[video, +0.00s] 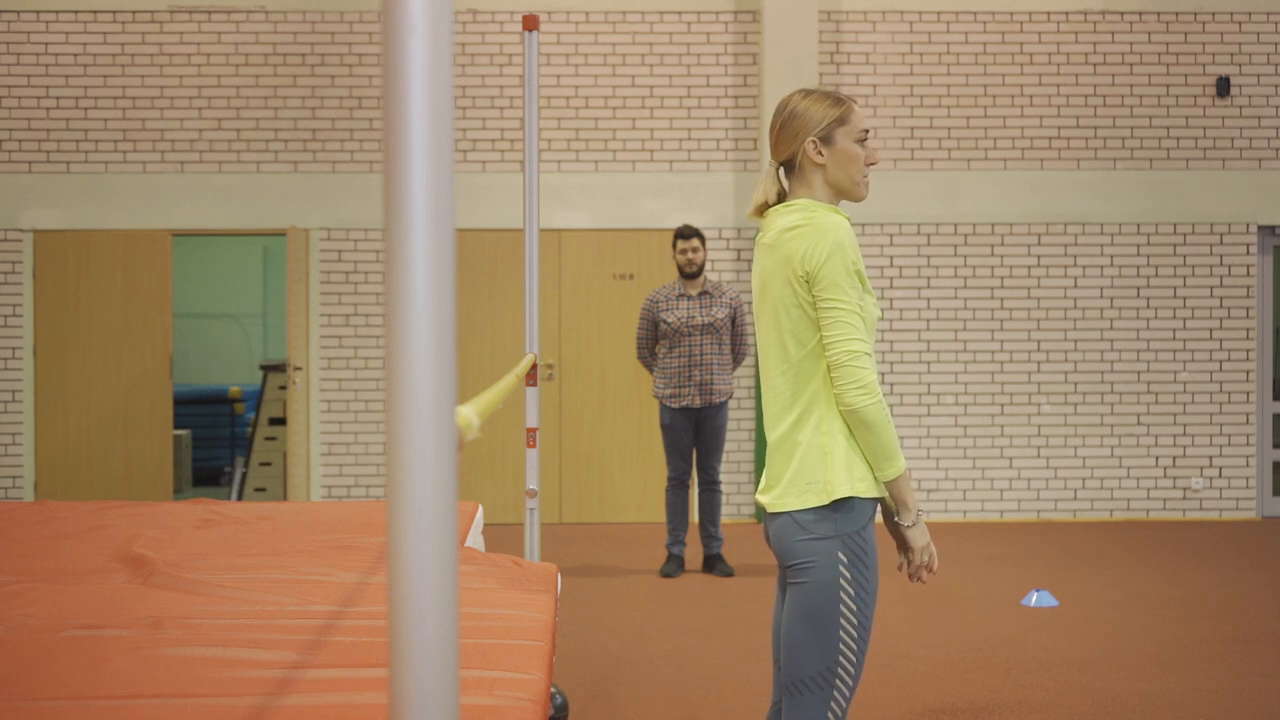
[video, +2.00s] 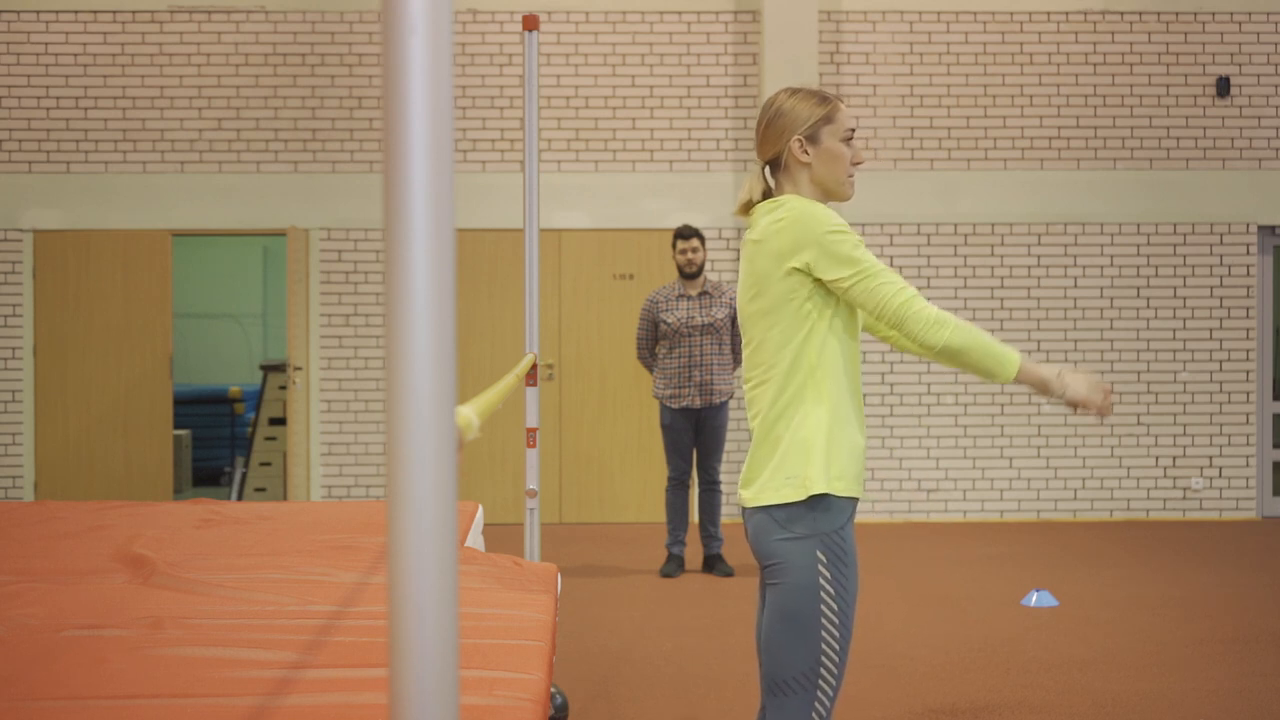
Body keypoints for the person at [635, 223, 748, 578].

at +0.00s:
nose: (689, 256)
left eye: (695, 250)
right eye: (682, 251)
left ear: (705, 254)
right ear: (674, 256)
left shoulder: (728, 296)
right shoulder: (659, 299)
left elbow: (741, 348)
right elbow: (644, 350)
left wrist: (718, 372)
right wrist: (669, 375)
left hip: (715, 401)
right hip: (674, 402)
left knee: (710, 478)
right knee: (678, 477)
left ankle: (713, 552)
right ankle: (675, 553)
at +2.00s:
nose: (689, 256)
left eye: (695, 250)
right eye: (682, 251)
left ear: (705, 254)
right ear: (674, 256)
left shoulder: (727, 297)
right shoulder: (658, 300)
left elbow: (737, 347)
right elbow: (643, 350)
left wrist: (720, 373)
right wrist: (668, 377)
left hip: (716, 402)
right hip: (675, 402)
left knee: (710, 478)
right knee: (678, 477)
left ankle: (713, 552)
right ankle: (675, 553)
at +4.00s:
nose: (687, 256)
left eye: (693, 250)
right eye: (681, 251)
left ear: (704, 253)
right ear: (673, 257)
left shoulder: (729, 297)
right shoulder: (658, 300)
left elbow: (742, 348)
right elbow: (645, 351)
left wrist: (718, 373)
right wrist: (670, 376)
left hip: (716, 402)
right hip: (675, 403)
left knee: (710, 479)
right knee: (678, 478)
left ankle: (713, 553)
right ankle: (675, 553)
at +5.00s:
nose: (688, 256)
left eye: (693, 249)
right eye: (681, 251)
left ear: (705, 253)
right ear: (673, 257)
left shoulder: (727, 297)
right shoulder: (659, 300)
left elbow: (741, 347)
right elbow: (645, 351)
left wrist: (718, 373)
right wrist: (670, 377)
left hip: (716, 402)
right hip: (675, 403)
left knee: (710, 479)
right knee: (678, 477)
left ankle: (713, 553)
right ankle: (675, 552)